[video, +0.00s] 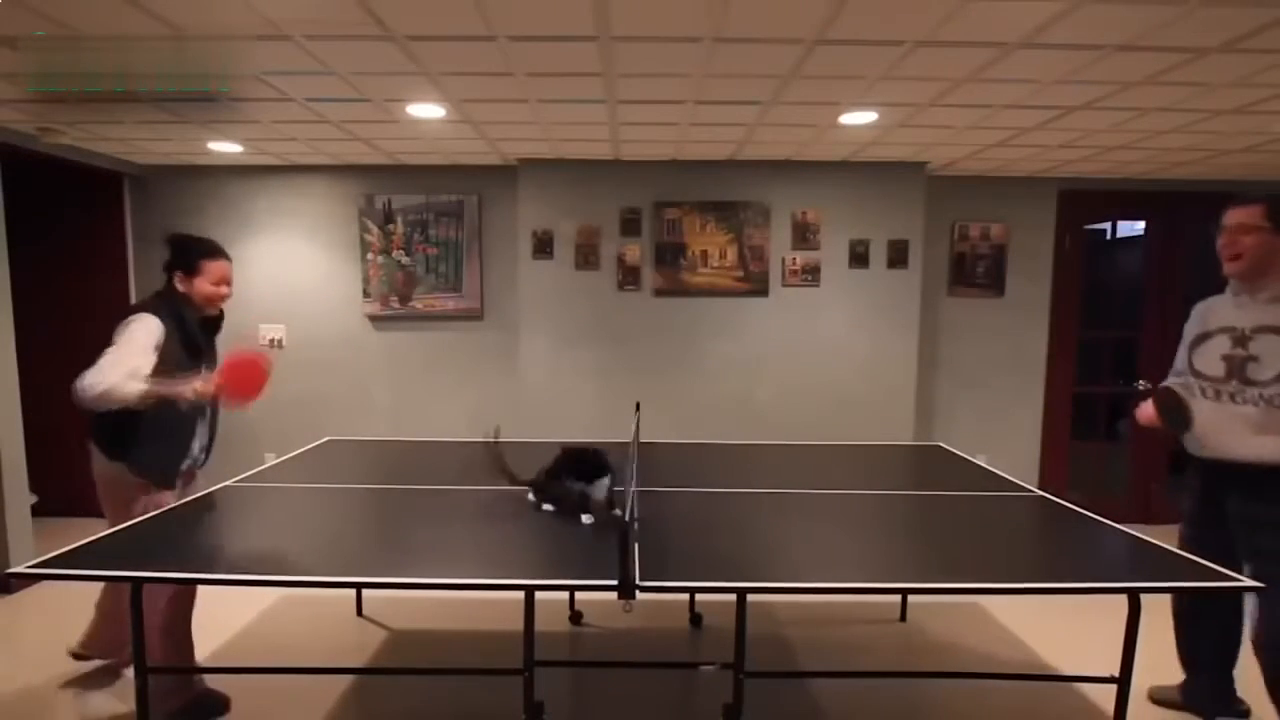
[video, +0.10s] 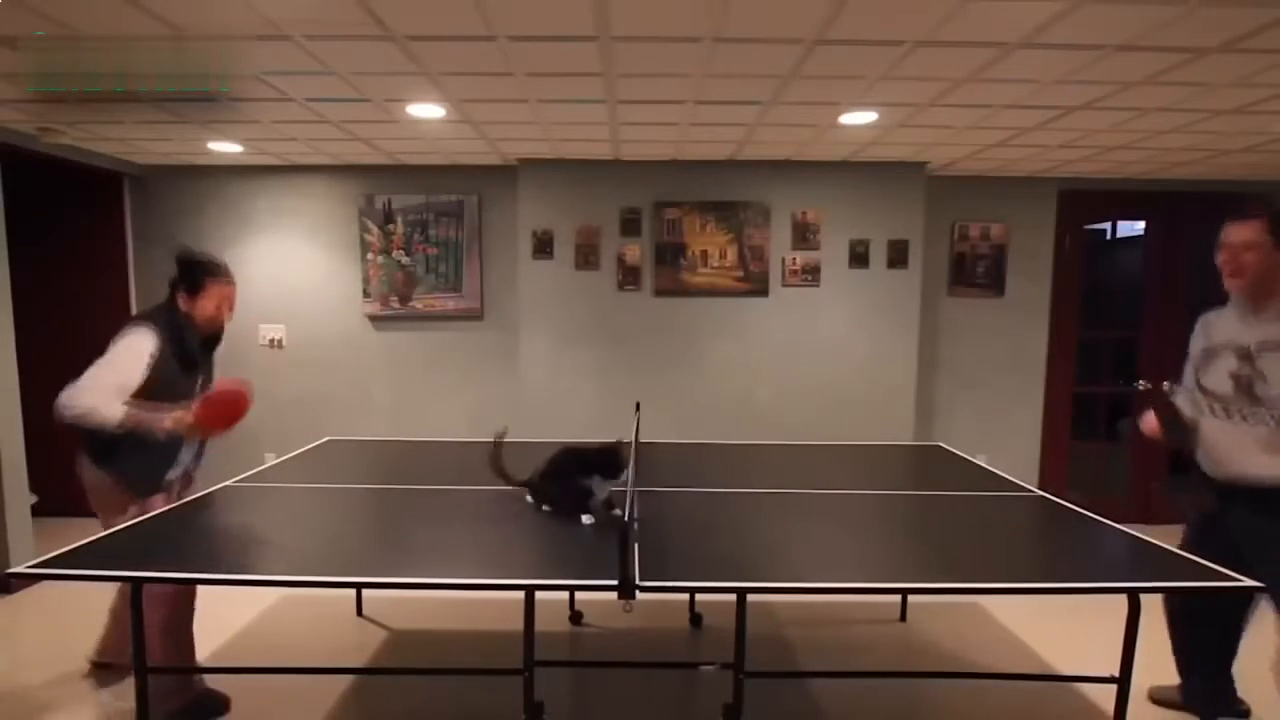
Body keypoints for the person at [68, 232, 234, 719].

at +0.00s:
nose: (227, 292)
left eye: (229, 283)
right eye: (218, 282)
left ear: (218, 283)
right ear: (182, 280)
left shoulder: (200, 327)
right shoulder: (150, 324)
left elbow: (189, 381)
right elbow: (94, 386)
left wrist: (227, 385)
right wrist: (179, 387)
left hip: (175, 469)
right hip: (132, 473)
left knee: (136, 564)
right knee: (172, 578)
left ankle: (103, 640)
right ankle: (173, 692)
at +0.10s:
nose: (227, 312)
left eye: (230, 303)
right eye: (220, 301)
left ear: (213, 301)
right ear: (187, 297)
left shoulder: (201, 340)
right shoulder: (147, 338)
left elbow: (182, 407)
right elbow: (77, 402)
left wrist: (209, 410)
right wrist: (159, 418)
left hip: (160, 468)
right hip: (114, 471)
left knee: (149, 569)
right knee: (169, 574)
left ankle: (113, 657)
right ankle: (173, 692)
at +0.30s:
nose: (205, 341)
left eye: (209, 332)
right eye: (198, 331)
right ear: (168, 324)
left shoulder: (180, 369)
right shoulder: (119, 362)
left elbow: (161, 434)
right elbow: (48, 422)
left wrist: (162, 473)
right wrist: (114, 454)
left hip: (139, 478)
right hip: (85, 482)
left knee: (169, 550)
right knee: (133, 563)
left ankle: (117, 648)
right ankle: (164, 676)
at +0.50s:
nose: (182, 344)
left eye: (186, 335)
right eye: (176, 334)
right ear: (145, 327)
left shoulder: (155, 372)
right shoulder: (90, 360)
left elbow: (138, 439)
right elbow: (21, 416)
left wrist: (140, 498)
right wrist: (85, 453)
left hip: (115, 482)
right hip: (67, 487)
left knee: (144, 557)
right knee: (97, 568)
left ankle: (131, 642)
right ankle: (70, 669)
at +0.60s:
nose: (164, 345)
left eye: (168, 336)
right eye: (158, 334)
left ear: (170, 335)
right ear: (130, 328)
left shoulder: (139, 374)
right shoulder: (73, 364)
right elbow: (6, 419)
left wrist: (120, 460)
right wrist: (67, 456)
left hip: (102, 481)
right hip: (53, 491)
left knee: (129, 552)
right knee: (59, 573)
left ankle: (117, 644)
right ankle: (26, 655)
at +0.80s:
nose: (125, 318)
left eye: (128, 309)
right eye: (116, 308)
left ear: (129, 311)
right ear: (85, 306)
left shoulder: (116, 351)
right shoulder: (39, 345)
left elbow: (118, 411)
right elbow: (1, 415)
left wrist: (123, 427)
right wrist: (56, 437)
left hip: (101, 476)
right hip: (47, 486)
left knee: (132, 547)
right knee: (47, 564)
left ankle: (118, 639)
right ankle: (23, 655)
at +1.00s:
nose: (154, 322)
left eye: (157, 313)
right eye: (147, 312)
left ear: (149, 313)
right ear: (118, 309)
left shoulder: (139, 357)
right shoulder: (72, 350)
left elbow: (130, 415)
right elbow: (49, 420)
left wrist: (160, 400)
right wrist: (132, 410)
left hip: (126, 480)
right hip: (73, 488)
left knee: (167, 539)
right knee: (72, 572)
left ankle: (208, 617)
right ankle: (27, 654)